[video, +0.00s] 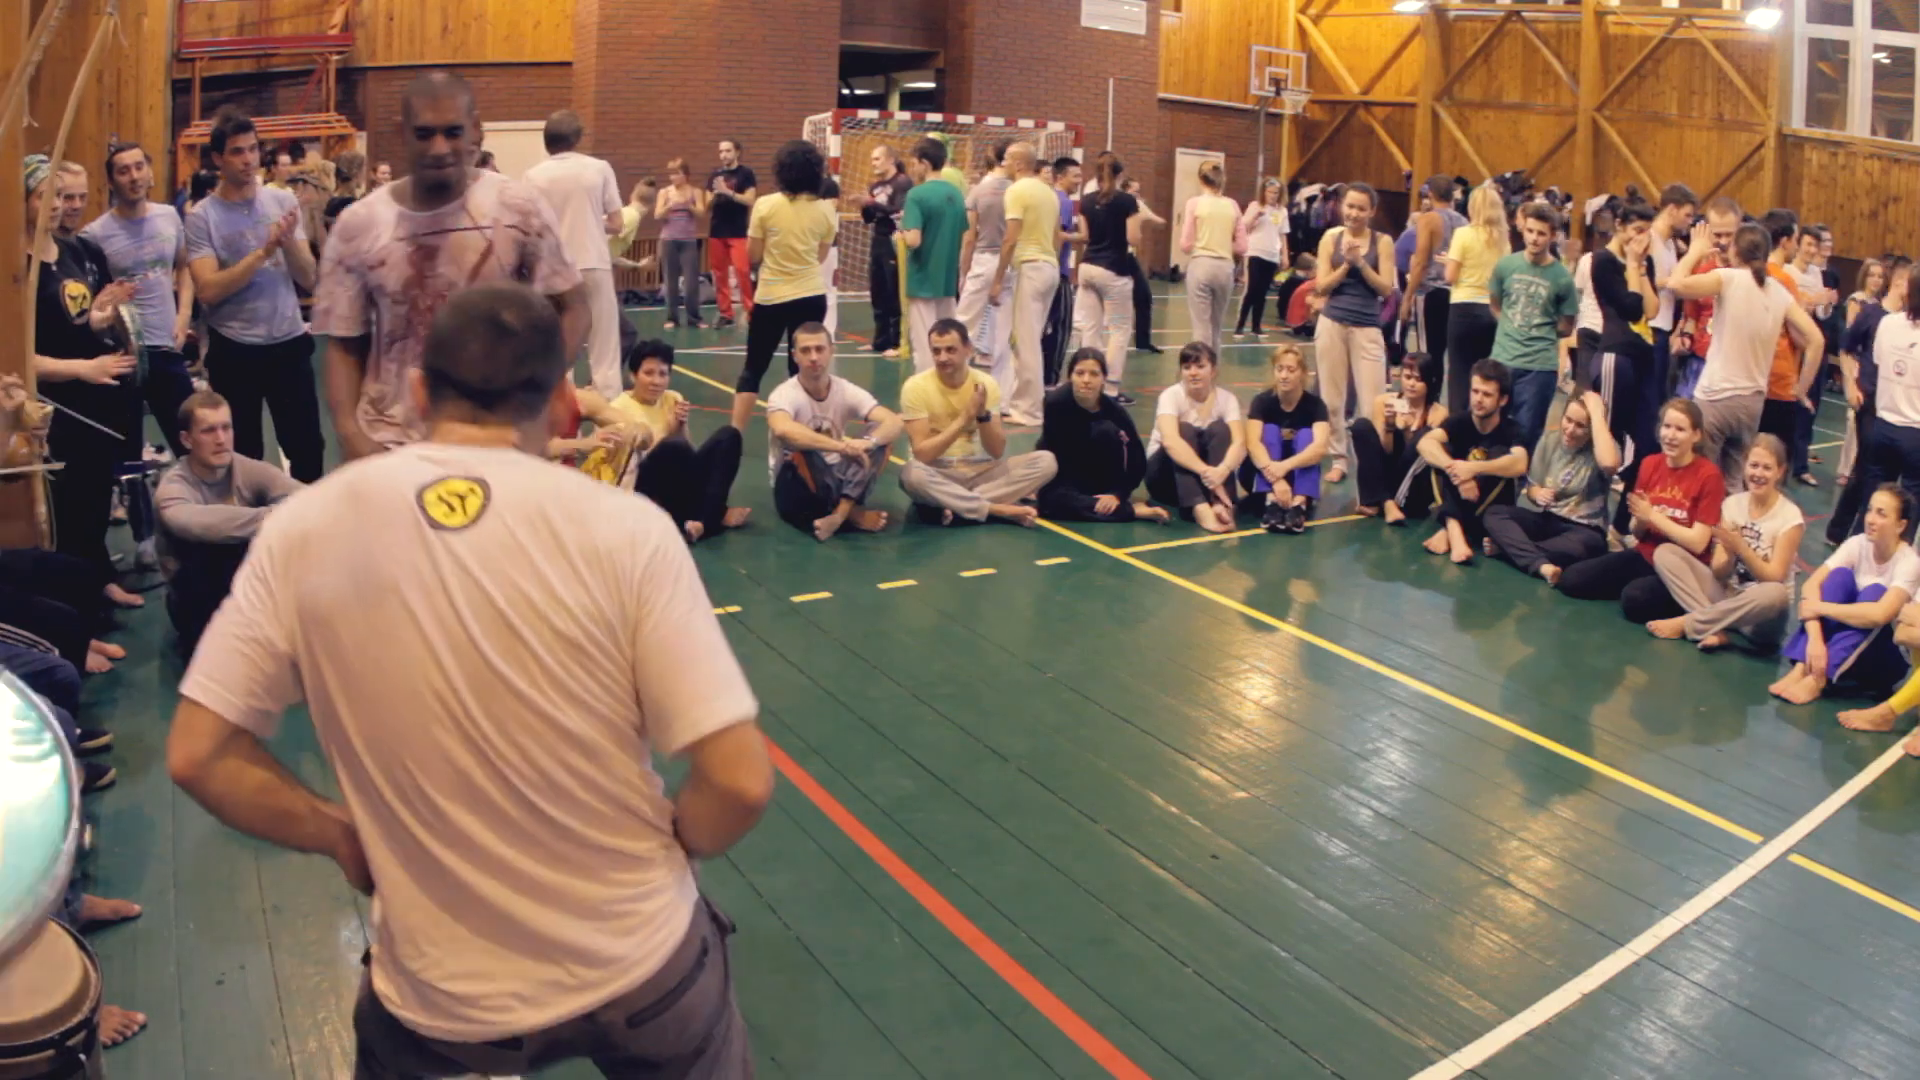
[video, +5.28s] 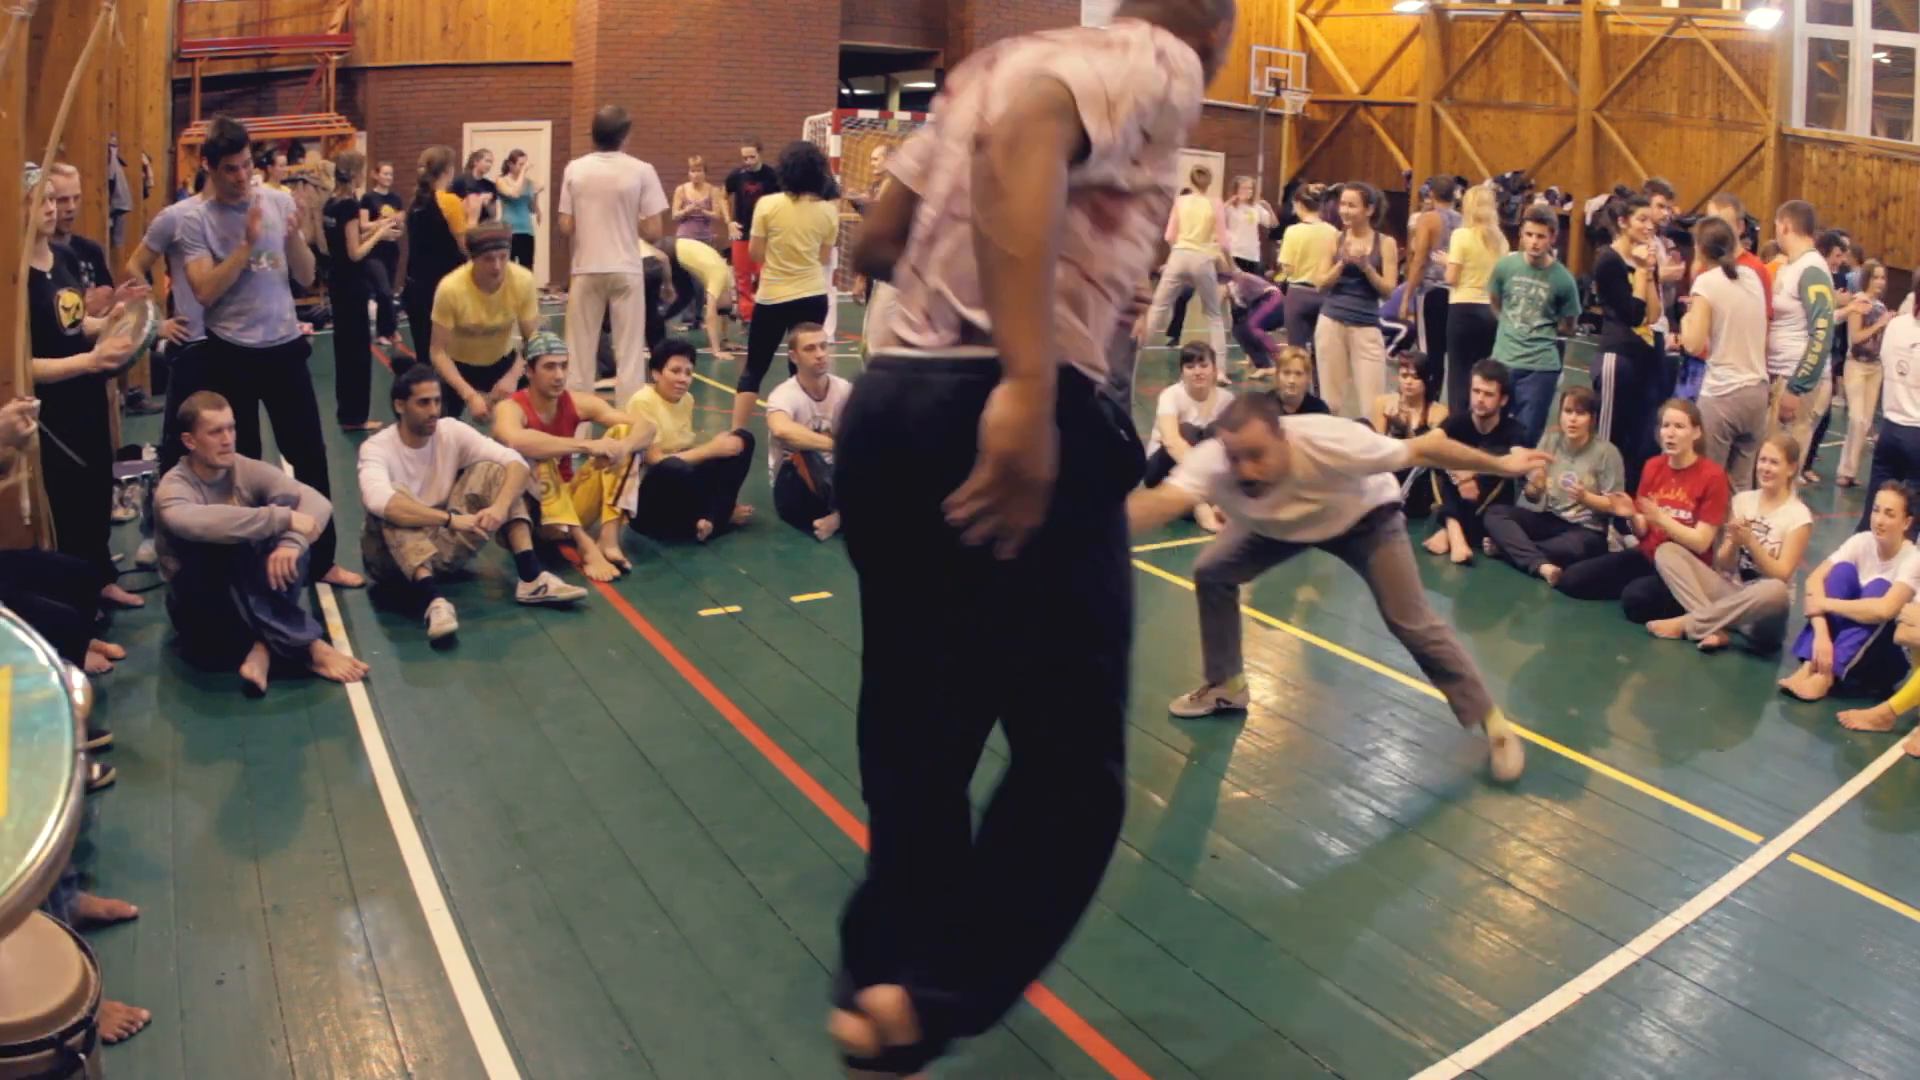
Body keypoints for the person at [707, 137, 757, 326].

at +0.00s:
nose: (723, 155)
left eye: (727, 151)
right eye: (721, 151)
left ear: (737, 152)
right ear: (718, 154)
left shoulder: (746, 173)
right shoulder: (715, 175)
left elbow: (750, 199)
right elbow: (708, 204)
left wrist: (727, 192)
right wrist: (715, 193)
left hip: (738, 232)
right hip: (717, 232)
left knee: (742, 271)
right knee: (719, 275)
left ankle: (750, 309)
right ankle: (725, 312)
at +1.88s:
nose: (721, 156)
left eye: (725, 151)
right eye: (719, 152)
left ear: (735, 152)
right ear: (717, 155)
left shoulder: (745, 173)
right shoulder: (716, 175)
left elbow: (750, 200)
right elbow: (708, 205)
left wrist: (727, 191)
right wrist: (714, 193)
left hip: (737, 232)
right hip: (717, 232)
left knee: (742, 271)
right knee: (718, 273)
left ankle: (748, 305)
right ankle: (723, 308)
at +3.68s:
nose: (751, 157)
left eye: (754, 153)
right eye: (748, 153)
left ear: (761, 154)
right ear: (743, 154)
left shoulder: (767, 174)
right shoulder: (734, 173)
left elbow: (771, 201)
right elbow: (727, 200)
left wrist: (754, 194)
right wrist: (741, 194)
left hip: (758, 231)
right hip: (735, 231)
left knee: (756, 272)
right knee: (729, 271)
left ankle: (754, 312)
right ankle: (726, 311)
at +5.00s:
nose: (744, 159)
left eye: (747, 155)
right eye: (741, 156)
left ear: (755, 154)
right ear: (737, 157)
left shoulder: (767, 173)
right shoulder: (733, 176)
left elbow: (776, 197)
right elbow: (721, 194)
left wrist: (769, 217)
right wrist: (728, 215)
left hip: (763, 229)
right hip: (740, 231)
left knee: (762, 272)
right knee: (742, 275)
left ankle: (764, 310)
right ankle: (746, 313)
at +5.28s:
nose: (748, 161)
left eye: (751, 157)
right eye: (744, 158)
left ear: (760, 154)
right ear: (741, 157)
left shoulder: (770, 175)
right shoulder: (735, 177)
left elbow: (778, 200)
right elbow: (726, 197)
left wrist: (774, 221)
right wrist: (729, 221)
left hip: (765, 229)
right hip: (742, 230)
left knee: (765, 272)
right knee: (742, 276)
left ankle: (765, 310)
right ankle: (746, 313)